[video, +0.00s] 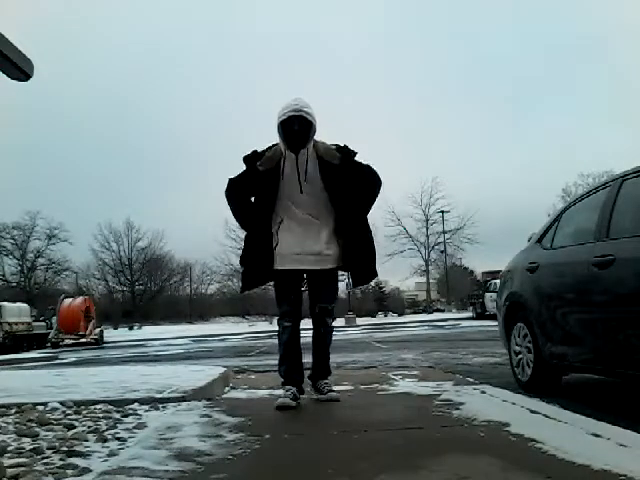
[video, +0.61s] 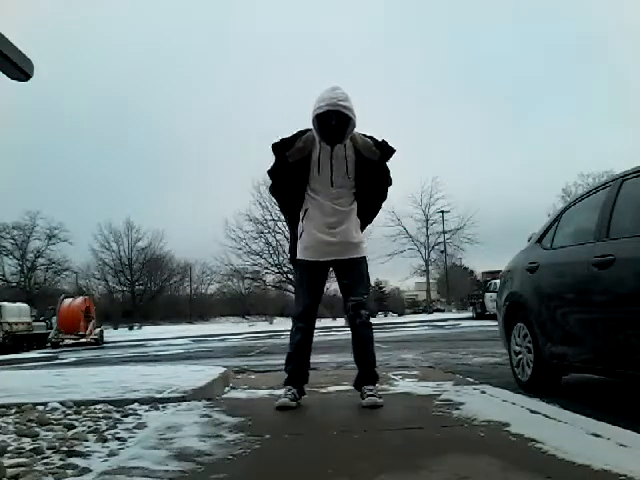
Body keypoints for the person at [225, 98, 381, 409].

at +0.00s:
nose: (295, 130)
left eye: (301, 124)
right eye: (289, 125)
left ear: (312, 127)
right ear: (279, 129)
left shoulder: (334, 158)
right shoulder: (269, 162)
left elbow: (371, 182)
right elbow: (235, 190)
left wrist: (351, 218)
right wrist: (255, 225)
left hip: (325, 252)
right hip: (285, 253)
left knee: (324, 318)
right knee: (288, 320)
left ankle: (321, 381)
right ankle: (291, 386)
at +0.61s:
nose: (332, 125)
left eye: (339, 119)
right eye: (326, 119)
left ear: (350, 120)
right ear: (316, 119)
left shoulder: (366, 150)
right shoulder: (299, 149)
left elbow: (379, 188)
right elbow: (280, 185)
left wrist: (359, 222)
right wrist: (298, 218)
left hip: (350, 241)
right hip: (309, 242)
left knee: (359, 312)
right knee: (303, 316)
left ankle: (368, 384)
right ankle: (294, 385)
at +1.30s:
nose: (299, 121)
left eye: (304, 114)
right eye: (299, 114)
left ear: (324, 114)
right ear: (306, 115)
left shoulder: (357, 145)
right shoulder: (295, 151)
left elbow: (387, 183)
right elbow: (294, 194)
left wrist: (368, 212)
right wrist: (306, 218)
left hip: (347, 245)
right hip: (308, 247)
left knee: (356, 315)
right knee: (303, 317)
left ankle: (367, 384)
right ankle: (302, 383)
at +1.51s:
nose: (274, 128)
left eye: (278, 121)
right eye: (273, 122)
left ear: (295, 119)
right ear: (283, 124)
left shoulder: (331, 146)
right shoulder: (275, 159)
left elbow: (368, 177)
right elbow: (280, 198)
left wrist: (353, 213)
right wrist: (295, 218)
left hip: (333, 246)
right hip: (298, 250)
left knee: (348, 315)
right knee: (300, 322)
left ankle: (366, 384)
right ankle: (304, 386)